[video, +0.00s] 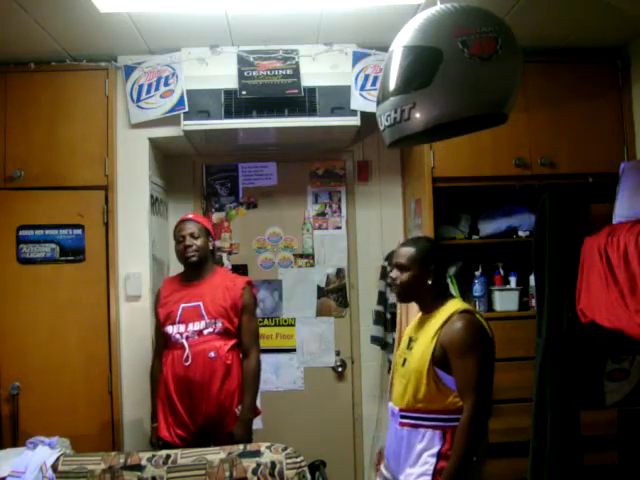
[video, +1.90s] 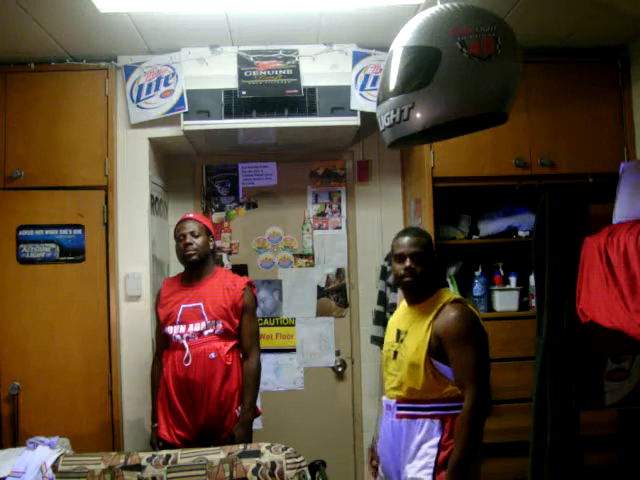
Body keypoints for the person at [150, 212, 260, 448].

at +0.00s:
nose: (187, 243)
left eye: (195, 236)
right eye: (180, 239)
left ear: (210, 242)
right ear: (176, 248)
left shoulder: (237, 287)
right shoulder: (166, 290)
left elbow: (251, 354)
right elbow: (160, 355)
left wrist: (245, 416)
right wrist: (157, 418)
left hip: (225, 416)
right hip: (176, 416)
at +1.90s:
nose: (187, 241)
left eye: (195, 234)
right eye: (180, 237)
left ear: (211, 242)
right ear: (176, 248)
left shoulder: (237, 288)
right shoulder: (167, 290)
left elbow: (251, 355)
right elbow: (160, 355)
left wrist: (246, 417)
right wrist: (157, 419)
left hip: (225, 416)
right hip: (176, 416)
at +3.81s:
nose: (187, 242)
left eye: (194, 236)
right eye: (180, 239)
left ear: (210, 242)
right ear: (176, 248)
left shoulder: (237, 288)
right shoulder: (167, 290)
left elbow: (251, 355)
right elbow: (160, 355)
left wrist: (245, 418)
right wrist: (157, 419)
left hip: (225, 416)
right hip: (176, 417)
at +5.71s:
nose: (190, 238)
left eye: (192, 233)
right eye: (180, 236)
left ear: (200, 239)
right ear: (165, 249)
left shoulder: (227, 285)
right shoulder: (155, 295)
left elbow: (244, 349)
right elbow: (153, 357)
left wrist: (233, 412)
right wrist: (154, 418)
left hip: (223, 413)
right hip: (175, 416)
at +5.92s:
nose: (190, 238)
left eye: (192, 233)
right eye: (179, 235)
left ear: (199, 239)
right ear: (165, 249)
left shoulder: (227, 285)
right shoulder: (154, 296)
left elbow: (244, 349)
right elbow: (152, 358)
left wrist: (233, 411)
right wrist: (156, 421)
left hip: (223, 416)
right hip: (175, 420)